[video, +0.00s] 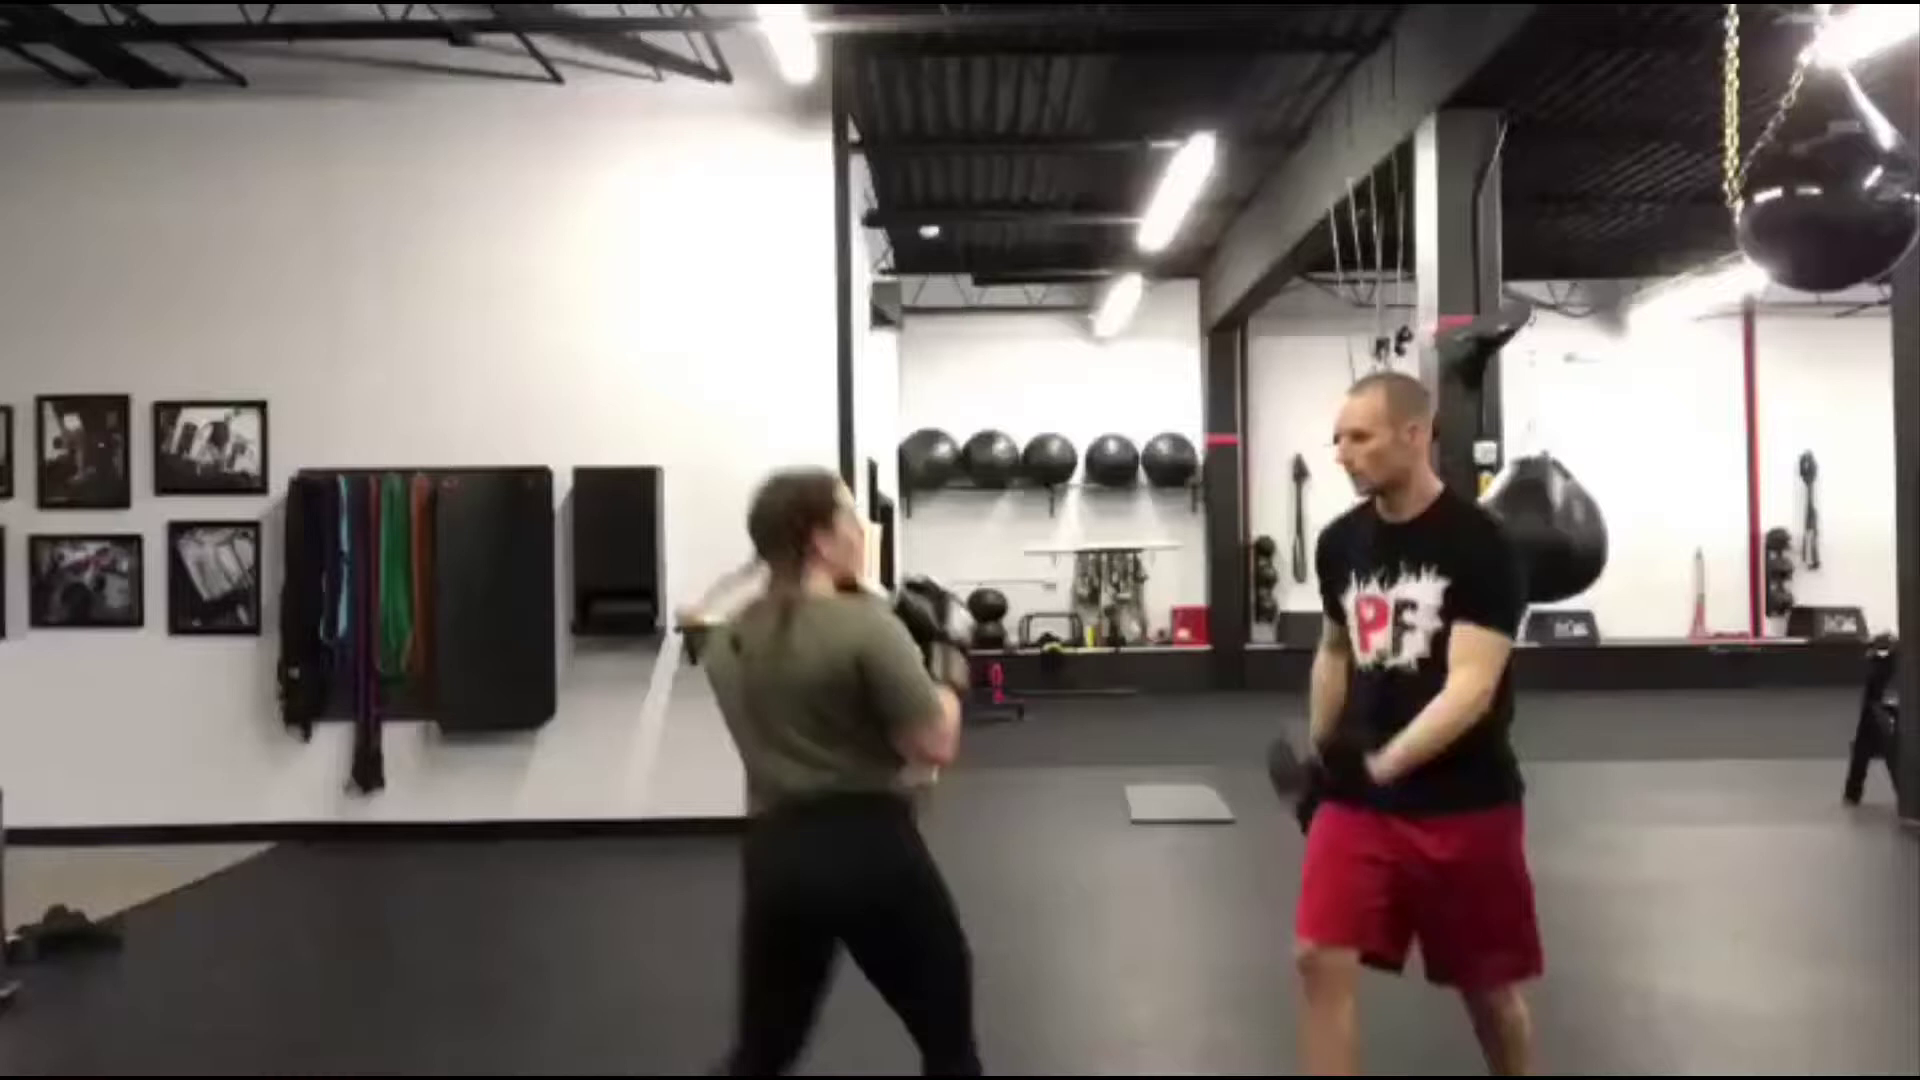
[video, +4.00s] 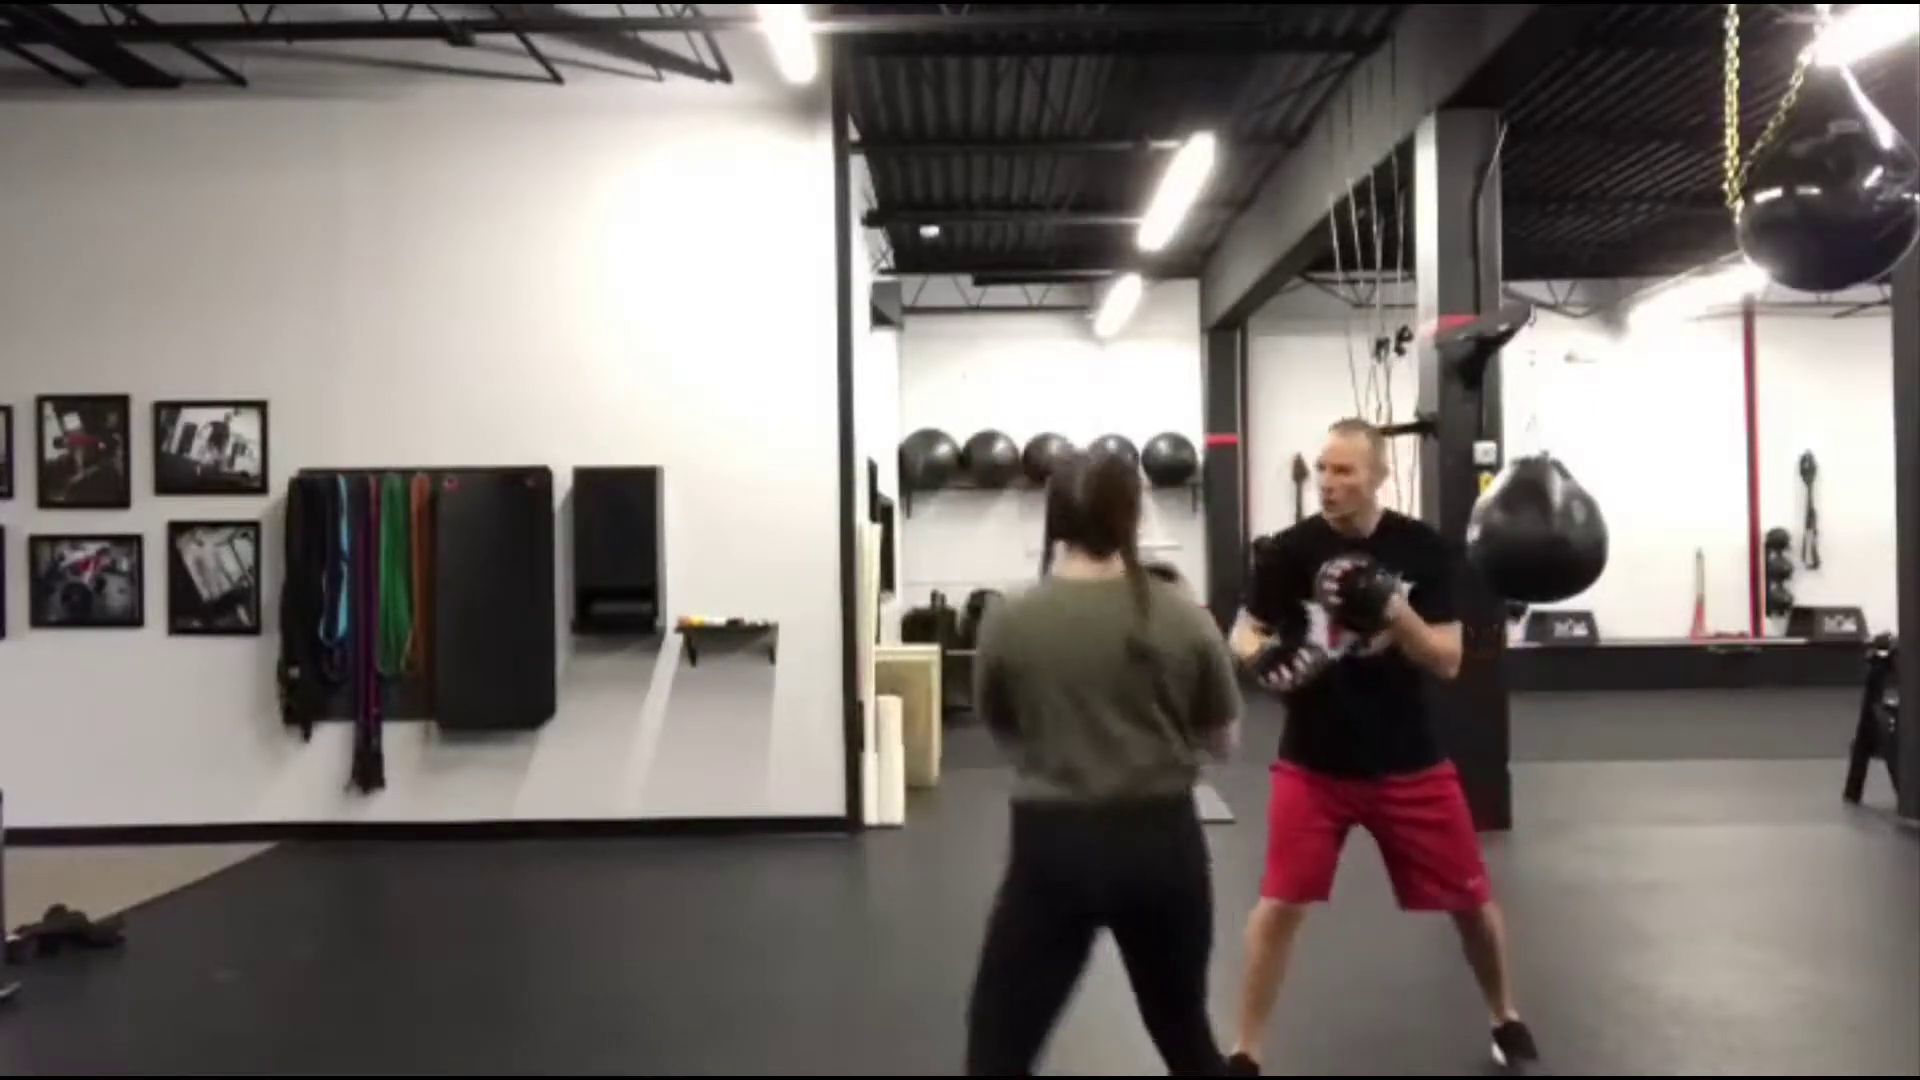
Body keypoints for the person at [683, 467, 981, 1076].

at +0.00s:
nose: (863, 529)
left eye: (855, 515)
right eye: (850, 517)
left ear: (769, 546)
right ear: (817, 540)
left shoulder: (730, 639)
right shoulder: (864, 622)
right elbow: (936, 743)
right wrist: (948, 660)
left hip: (777, 848)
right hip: (871, 845)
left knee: (763, 1047)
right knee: (947, 1039)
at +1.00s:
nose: (949, 545)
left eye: (944, 532)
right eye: (944, 532)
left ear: (863, 548)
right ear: (929, 544)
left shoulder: (815, 636)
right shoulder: (972, 641)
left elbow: (811, 734)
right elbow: (1018, 763)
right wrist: (1037, 719)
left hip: (843, 865)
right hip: (949, 863)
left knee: (813, 1053)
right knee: (997, 1045)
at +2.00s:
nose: (1050, 565)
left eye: (1045, 552)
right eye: (1045, 553)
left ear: (957, 568)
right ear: (1033, 567)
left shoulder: (916, 672)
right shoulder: (1085, 660)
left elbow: (933, 777)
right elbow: (1140, 776)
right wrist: (1125, 701)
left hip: (975, 894)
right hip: (1085, 883)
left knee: (953, 1065)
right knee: (1126, 1059)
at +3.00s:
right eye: (1072, 541)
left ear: (998, 559)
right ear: (1075, 553)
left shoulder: (974, 659)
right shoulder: (1130, 627)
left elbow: (966, 771)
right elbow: (1219, 643)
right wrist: (1196, 605)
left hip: (1032, 878)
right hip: (1137, 862)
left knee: (980, 1059)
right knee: (1147, 1027)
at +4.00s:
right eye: (1135, 503)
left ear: (1056, 517)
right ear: (1134, 515)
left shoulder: (1013, 617)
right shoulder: (1178, 614)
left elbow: (1001, 725)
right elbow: (1219, 728)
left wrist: (1071, 733)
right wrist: (1147, 721)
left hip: (1053, 853)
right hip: (1161, 849)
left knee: (999, 1043)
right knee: (1182, 1025)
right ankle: (1217, 1070)